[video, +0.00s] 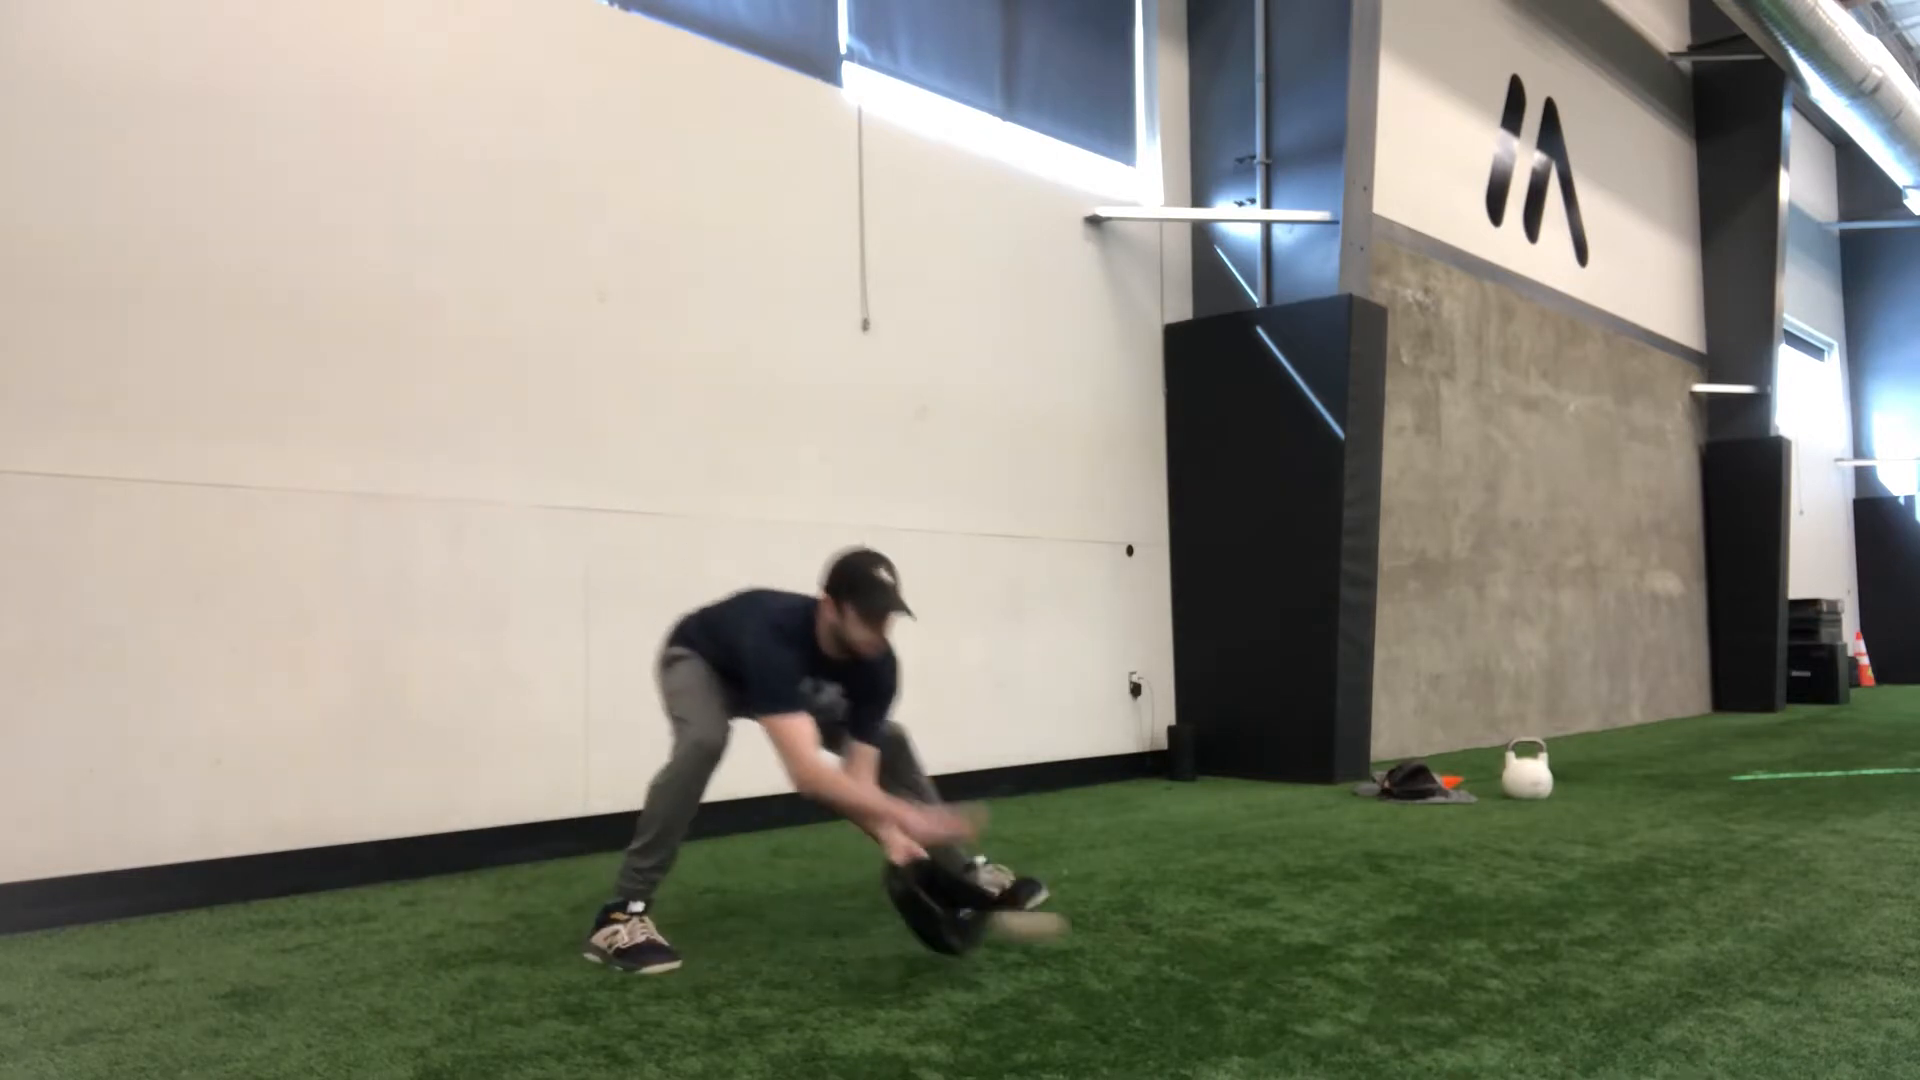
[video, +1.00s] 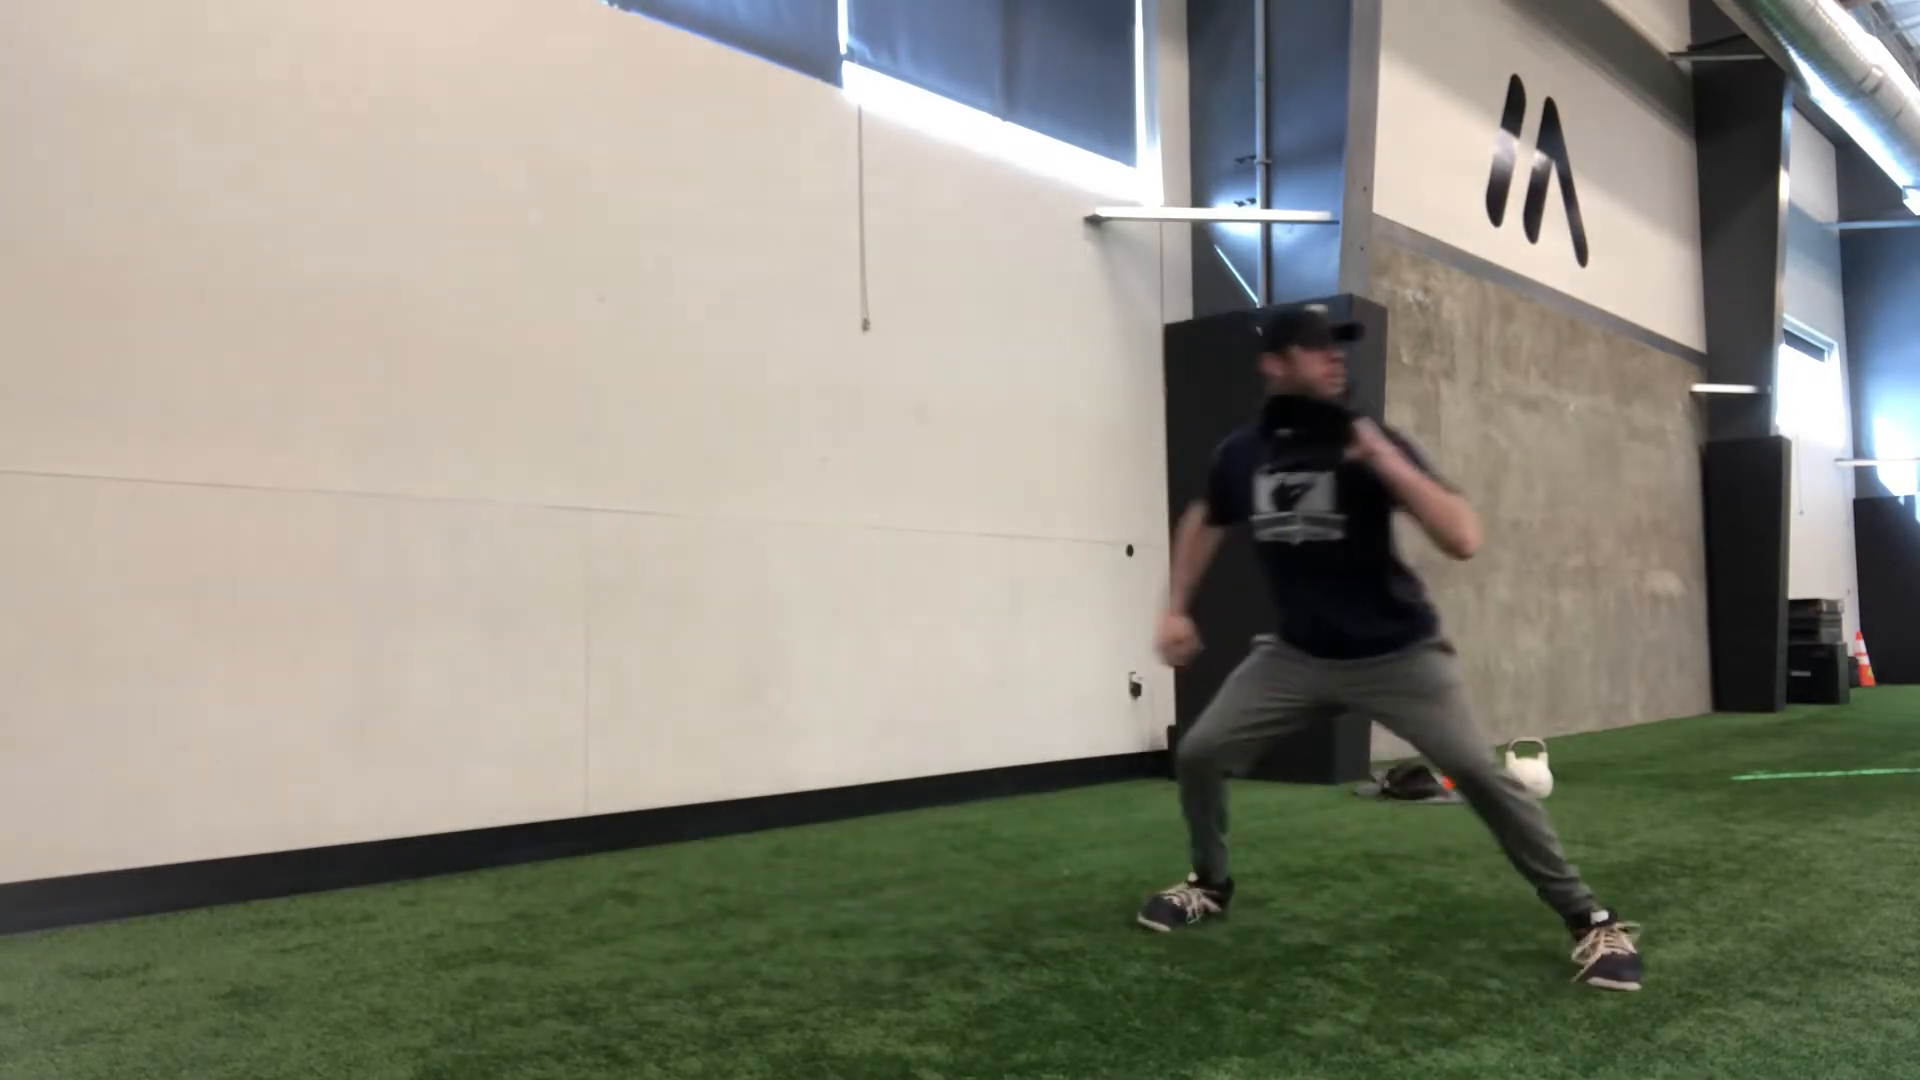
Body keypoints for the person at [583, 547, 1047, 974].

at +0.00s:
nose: (880, 635)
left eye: (887, 622)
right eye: (870, 621)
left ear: (892, 615)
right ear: (831, 610)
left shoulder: (876, 663)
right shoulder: (774, 636)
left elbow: (861, 777)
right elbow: (807, 774)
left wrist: (891, 837)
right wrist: (911, 817)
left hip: (784, 678)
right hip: (701, 660)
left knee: (893, 741)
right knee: (702, 741)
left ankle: (963, 875)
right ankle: (623, 916)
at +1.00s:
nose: (1338, 361)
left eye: (1339, 349)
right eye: (1320, 350)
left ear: (1341, 361)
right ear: (1274, 365)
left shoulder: (1369, 441)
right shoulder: (1241, 456)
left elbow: (1462, 536)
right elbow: (1202, 523)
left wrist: (1389, 464)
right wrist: (1175, 607)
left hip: (1397, 654)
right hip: (1298, 654)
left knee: (1479, 772)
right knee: (1200, 753)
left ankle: (1591, 925)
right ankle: (1209, 886)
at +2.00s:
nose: (1018, 315)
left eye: (1022, 304)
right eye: (1005, 305)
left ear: (1029, 314)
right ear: (976, 317)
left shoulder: (1055, 395)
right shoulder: (943, 399)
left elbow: (1098, 466)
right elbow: (904, 474)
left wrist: (1085, 476)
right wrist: (927, 511)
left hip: (1040, 576)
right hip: (977, 577)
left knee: (1051, 719)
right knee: (1015, 705)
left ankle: (1012, 845)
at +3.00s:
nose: (662, 431)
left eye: (668, 420)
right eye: (650, 420)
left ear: (674, 426)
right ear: (620, 426)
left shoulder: (675, 484)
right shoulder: (572, 473)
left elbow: (658, 522)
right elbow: (481, 487)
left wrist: (644, 561)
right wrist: (514, 563)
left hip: (600, 615)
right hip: (531, 606)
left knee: (620, 713)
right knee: (518, 716)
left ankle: (576, 832)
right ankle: (468, 850)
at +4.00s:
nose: (658, 450)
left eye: (663, 440)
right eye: (645, 439)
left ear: (670, 445)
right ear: (614, 445)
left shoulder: (657, 501)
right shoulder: (558, 488)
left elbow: (632, 541)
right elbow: (457, 512)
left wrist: (625, 576)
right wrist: (506, 582)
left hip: (567, 618)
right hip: (498, 612)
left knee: (598, 709)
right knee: (511, 726)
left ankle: (534, 828)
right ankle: (462, 851)